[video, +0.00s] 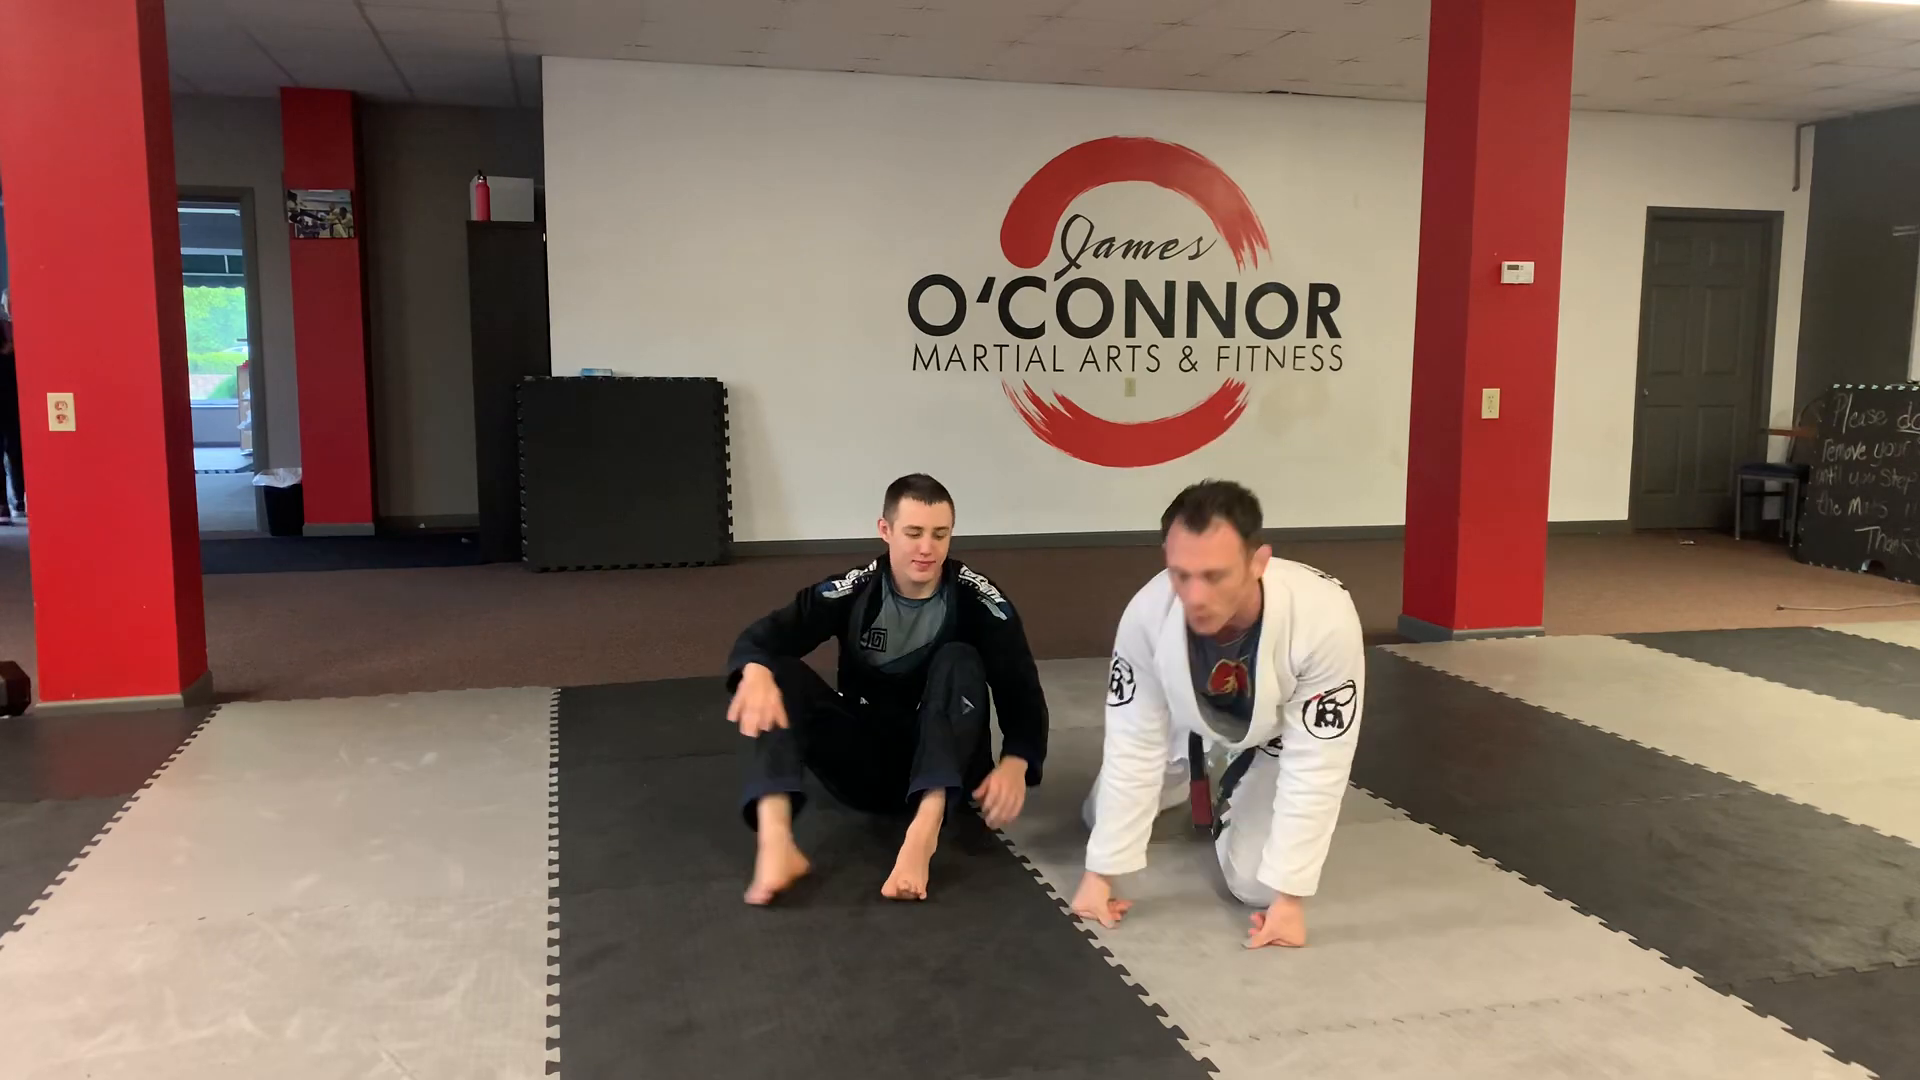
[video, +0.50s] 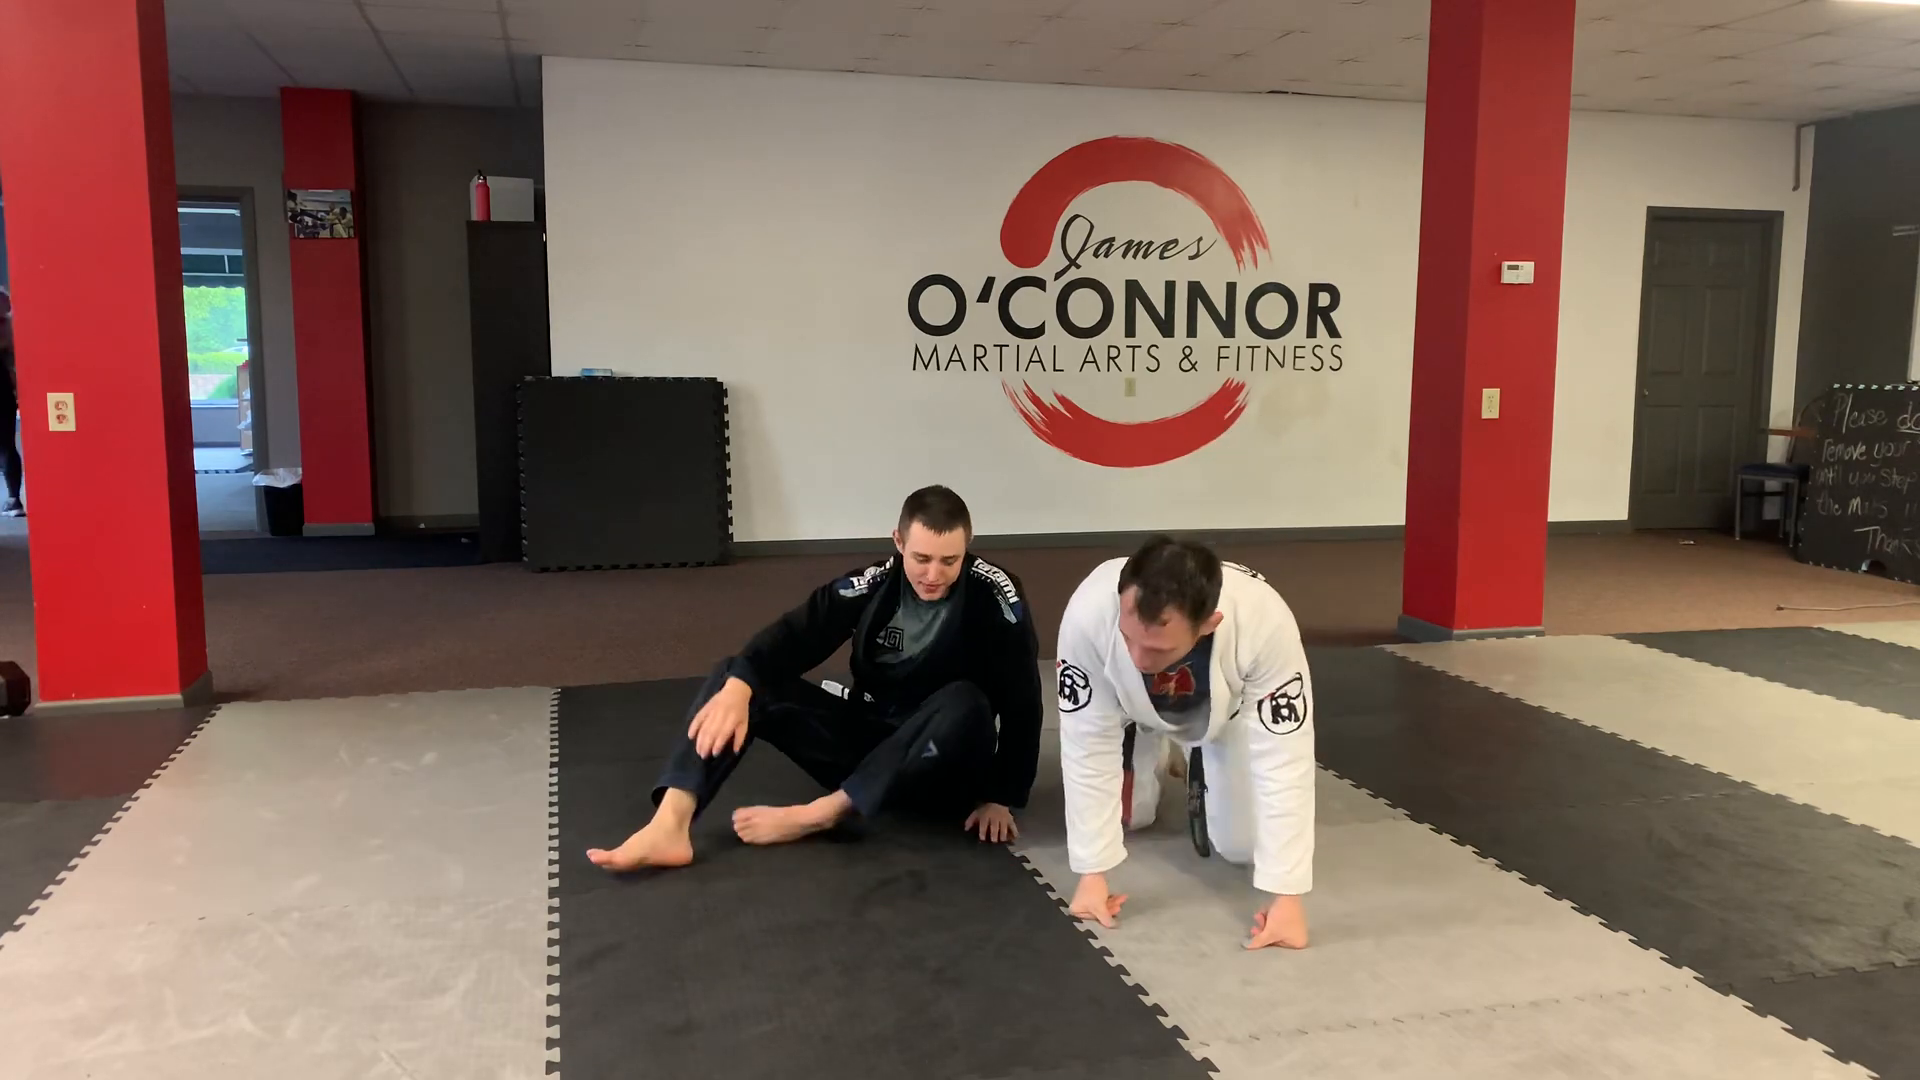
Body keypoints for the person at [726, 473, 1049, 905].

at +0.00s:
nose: (927, 549)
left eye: (939, 535)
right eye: (913, 534)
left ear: (951, 533)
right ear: (885, 531)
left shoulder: (983, 604)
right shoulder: (853, 591)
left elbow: (1023, 699)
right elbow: (764, 637)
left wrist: (1015, 766)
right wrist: (755, 670)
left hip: (944, 767)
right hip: (861, 764)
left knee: (958, 659)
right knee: (777, 671)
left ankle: (924, 831)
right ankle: (775, 840)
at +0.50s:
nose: (934, 574)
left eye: (948, 561)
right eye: (922, 559)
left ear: (967, 549)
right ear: (900, 543)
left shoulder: (996, 598)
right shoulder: (873, 584)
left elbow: (1023, 705)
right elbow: (797, 635)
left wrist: (1005, 799)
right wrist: (739, 686)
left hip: (942, 759)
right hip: (862, 744)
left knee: (963, 701)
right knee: (738, 678)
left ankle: (825, 811)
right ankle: (672, 823)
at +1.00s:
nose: (909, 640)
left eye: (920, 628)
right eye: (893, 630)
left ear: (936, 597)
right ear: (867, 605)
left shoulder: (978, 617)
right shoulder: (839, 625)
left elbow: (1012, 712)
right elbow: (769, 713)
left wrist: (1002, 798)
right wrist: (755, 814)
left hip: (920, 755)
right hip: (846, 741)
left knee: (958, 767)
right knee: (757, 665)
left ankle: (835, 816)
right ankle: (680, 828)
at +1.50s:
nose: (1050, 656)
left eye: (1062, 648)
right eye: (1048, 640)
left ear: (1064, 629)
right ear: (1021, 597)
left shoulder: (1041, 640)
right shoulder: (933, 595)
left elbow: (1017, 725)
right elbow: (886, 714)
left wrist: (1001, 806)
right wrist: (913, 837)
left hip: (929, 728)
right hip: (854, 691)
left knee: (973, 839)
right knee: (763, 681)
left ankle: (832, 828)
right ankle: (688, 838)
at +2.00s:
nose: (1187, 693)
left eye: (1202, 689)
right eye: (1199, 681)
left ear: (1185, 630)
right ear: (1185, 640)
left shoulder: (1124, 621)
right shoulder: (1100, 620)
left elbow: (1048, 741)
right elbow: (1042, 756)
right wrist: (1042, 891)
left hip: (961, 724)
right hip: (913, 719)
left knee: (1068, 820)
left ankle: (906, 836)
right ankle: (814, 873)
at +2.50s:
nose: (1204, 687)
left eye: (1216, 682)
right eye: (1213, 676)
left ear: (1197, 633)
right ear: (1195, 642)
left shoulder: (1144, 611)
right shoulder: (1113, 625)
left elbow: (1110, 728)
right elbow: (1092, 775)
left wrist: (1154, 802)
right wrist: (1139, 909)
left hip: (981, 726)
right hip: (921, 729)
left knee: (1069, 832)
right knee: (1002, 925)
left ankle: (899, 825)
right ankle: (849, 861)